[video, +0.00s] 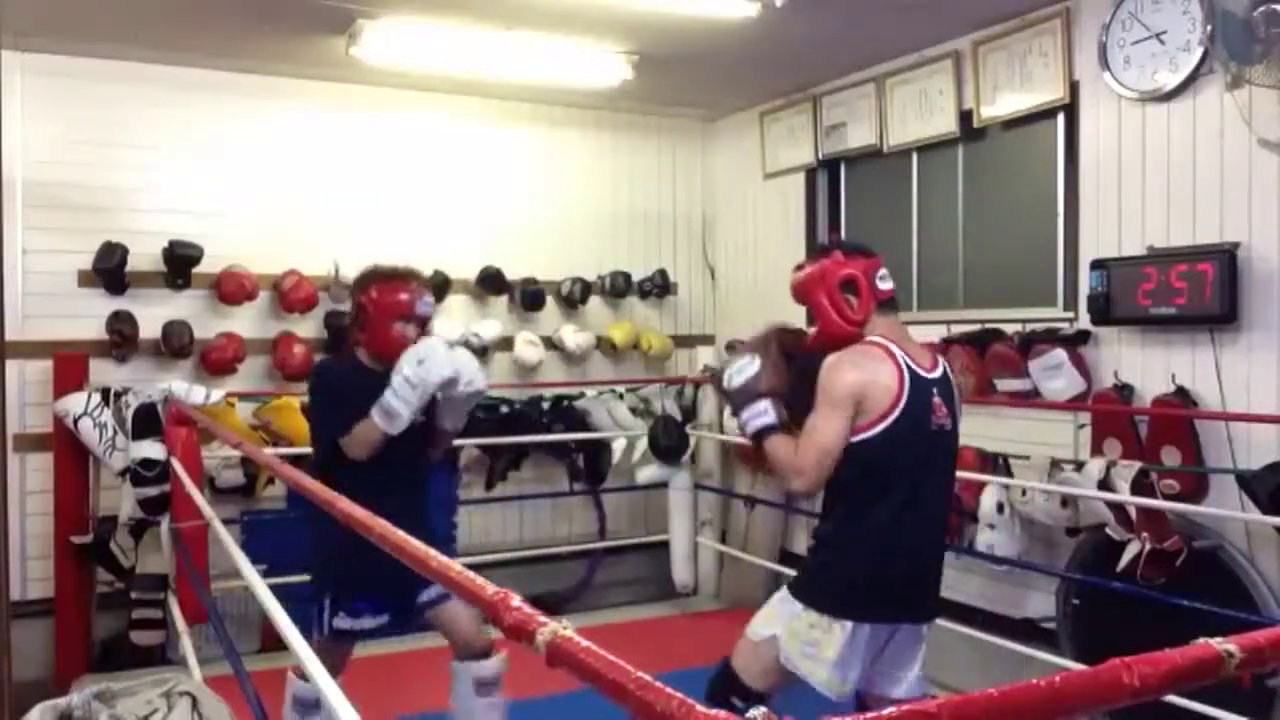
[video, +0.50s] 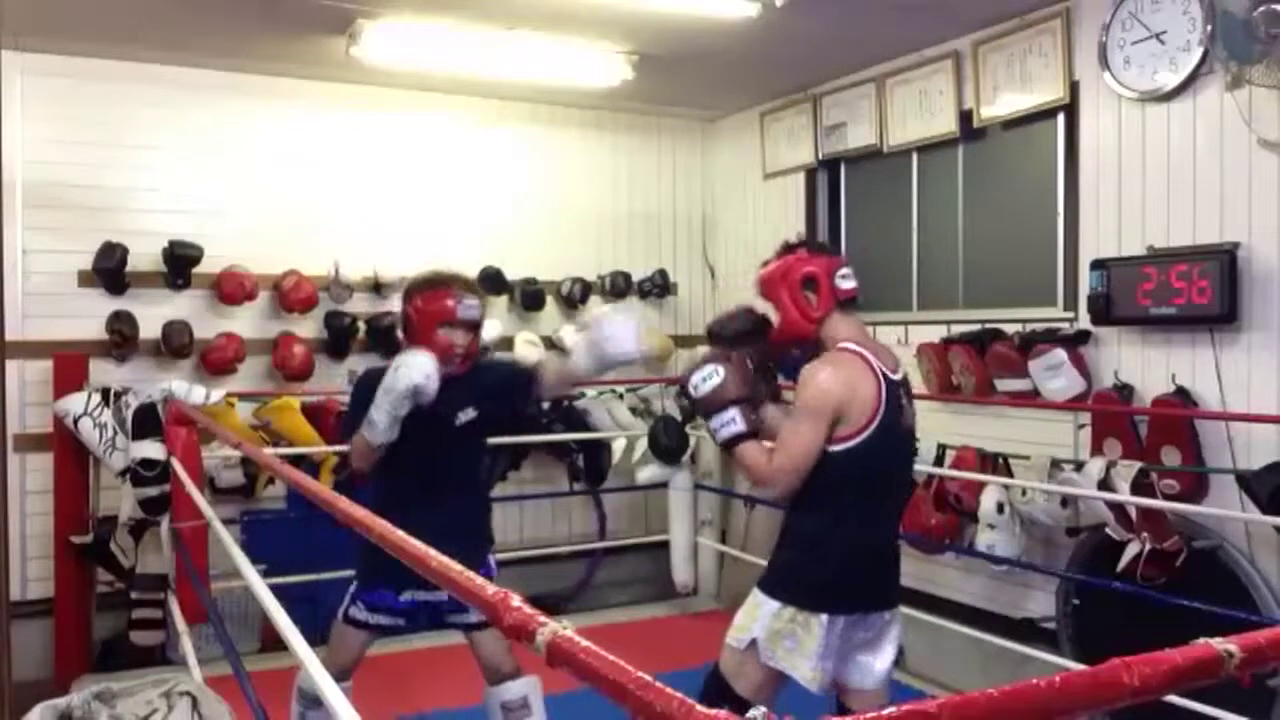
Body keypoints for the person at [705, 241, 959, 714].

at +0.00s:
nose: (814, 323)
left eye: (815, 308)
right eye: (811, 309)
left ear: (847, 298)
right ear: (876, 293)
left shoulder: (850, 367)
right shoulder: (935, 366)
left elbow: (802, 473)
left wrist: (754, 406)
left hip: (844, 585)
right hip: (916, 587)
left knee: (731, 695)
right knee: (886, 711)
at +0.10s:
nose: (803, 320)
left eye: (804, 305)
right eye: (799, 306)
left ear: (836, 294)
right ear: (853, 288)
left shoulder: (855, 364)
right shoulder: (913, 358)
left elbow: (787, 460)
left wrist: (754, 383)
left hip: (842, 578)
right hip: (908, 577)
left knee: (731, 695)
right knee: (879, 707)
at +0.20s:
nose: (780, 323)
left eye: (782, 307)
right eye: (775, 309)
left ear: (817, 297)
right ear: (831, 291)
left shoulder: (852, 371)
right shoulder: (892, 359)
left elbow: (773, 456)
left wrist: (743, 382)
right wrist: (770, 392)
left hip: (828, 584)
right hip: (888, 582)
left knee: (735, 708)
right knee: (876, 709)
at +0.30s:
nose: (756, 335)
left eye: (758, 320)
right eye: (752, 322)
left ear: (794, 310)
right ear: (804, 305)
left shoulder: (839, 385)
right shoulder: (861, 368)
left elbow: (759, 470)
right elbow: (767, 426)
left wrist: (724, 396)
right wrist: (741, 379)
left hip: (810, 597)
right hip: (868, 595)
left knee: (723, 707)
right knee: (859, 708)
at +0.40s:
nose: (759, 338)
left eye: (759, 324)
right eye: (754, 326)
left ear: (788, 311)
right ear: (804, 302)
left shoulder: (833, 384)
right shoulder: (863, 363)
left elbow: (762, 474)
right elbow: (778, 448)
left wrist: (718, 404)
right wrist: (744, 389)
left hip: (810, 589)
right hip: (869, 586)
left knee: (723, 705)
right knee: (859, 709)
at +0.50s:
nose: (775, 321)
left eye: (777, 307)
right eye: (772, 308)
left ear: (809, 298)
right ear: (825, 293)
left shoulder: (828, 376)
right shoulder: (887, 362)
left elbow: (776, 477)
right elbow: (826, 441)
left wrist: (724, 416)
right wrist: (758, 397)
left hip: (810, 582)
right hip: (874, 578)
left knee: (726, 703)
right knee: (866, 709)